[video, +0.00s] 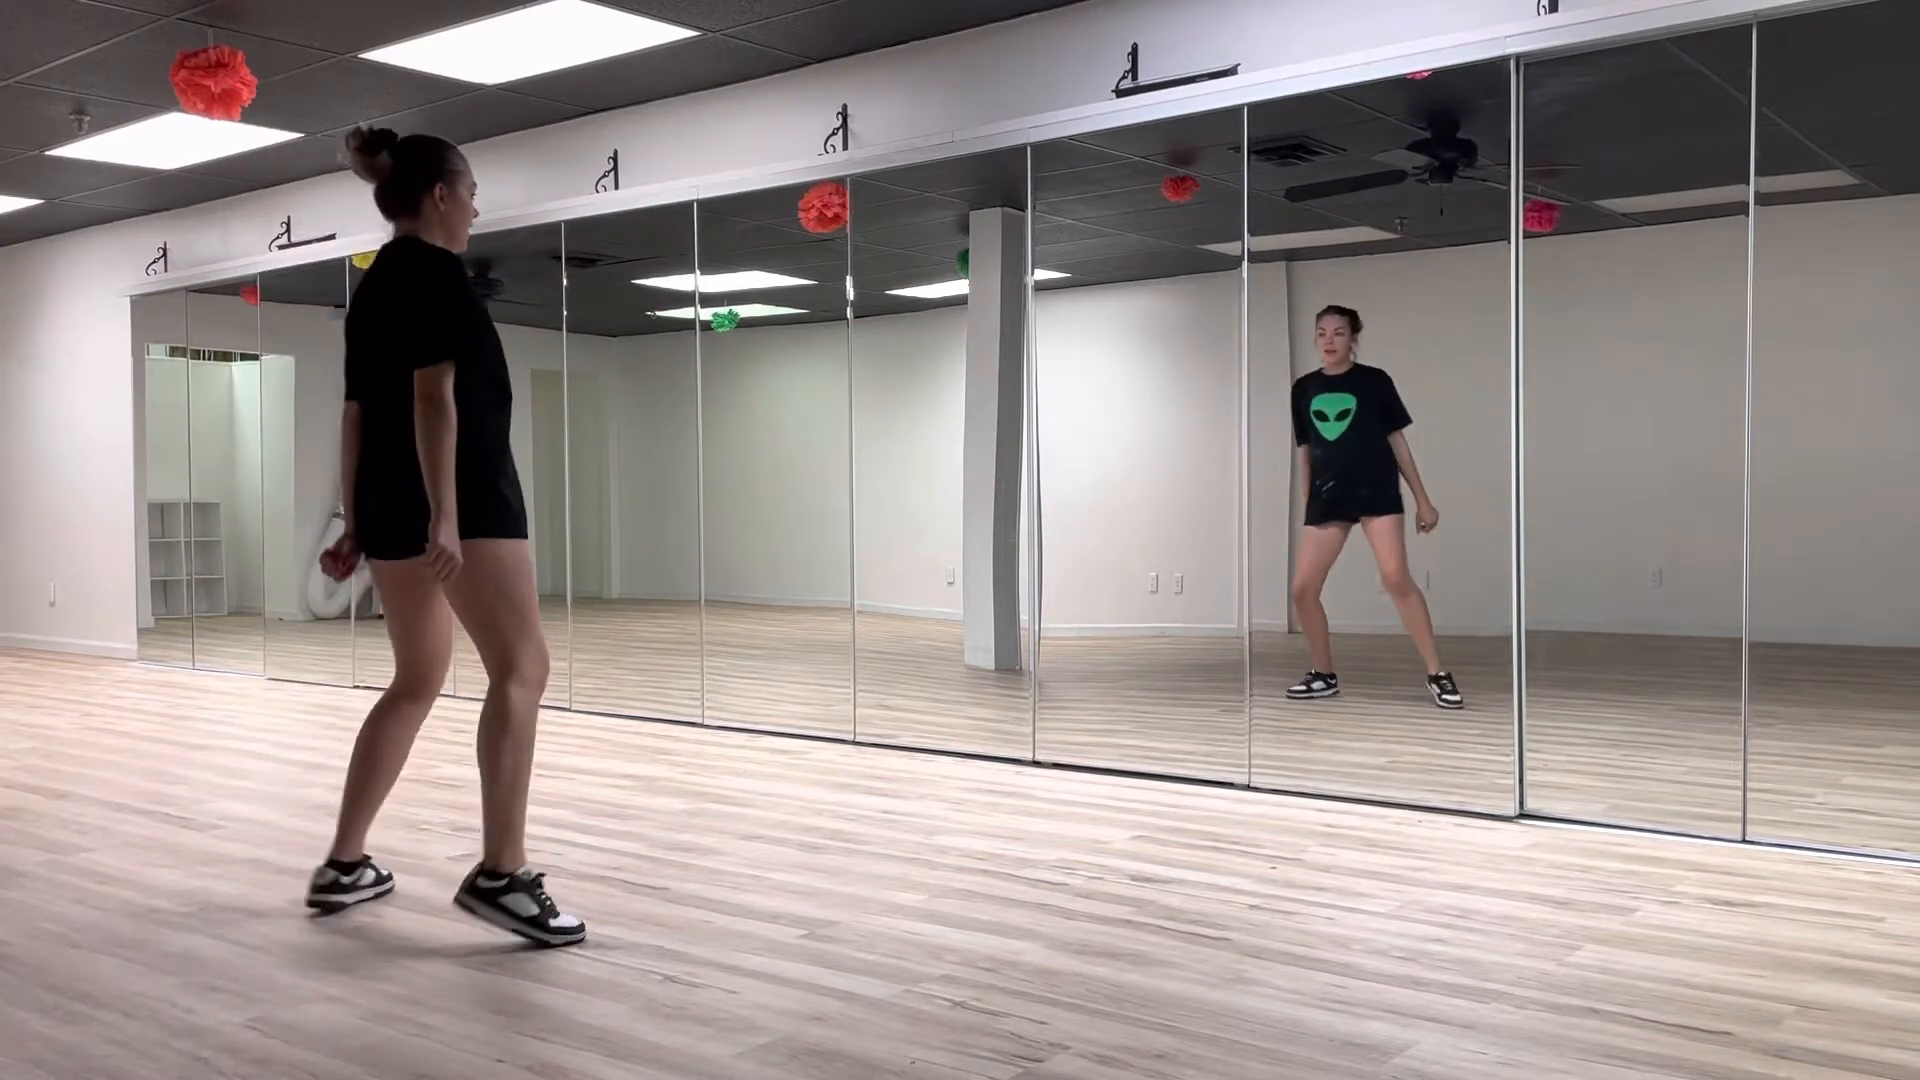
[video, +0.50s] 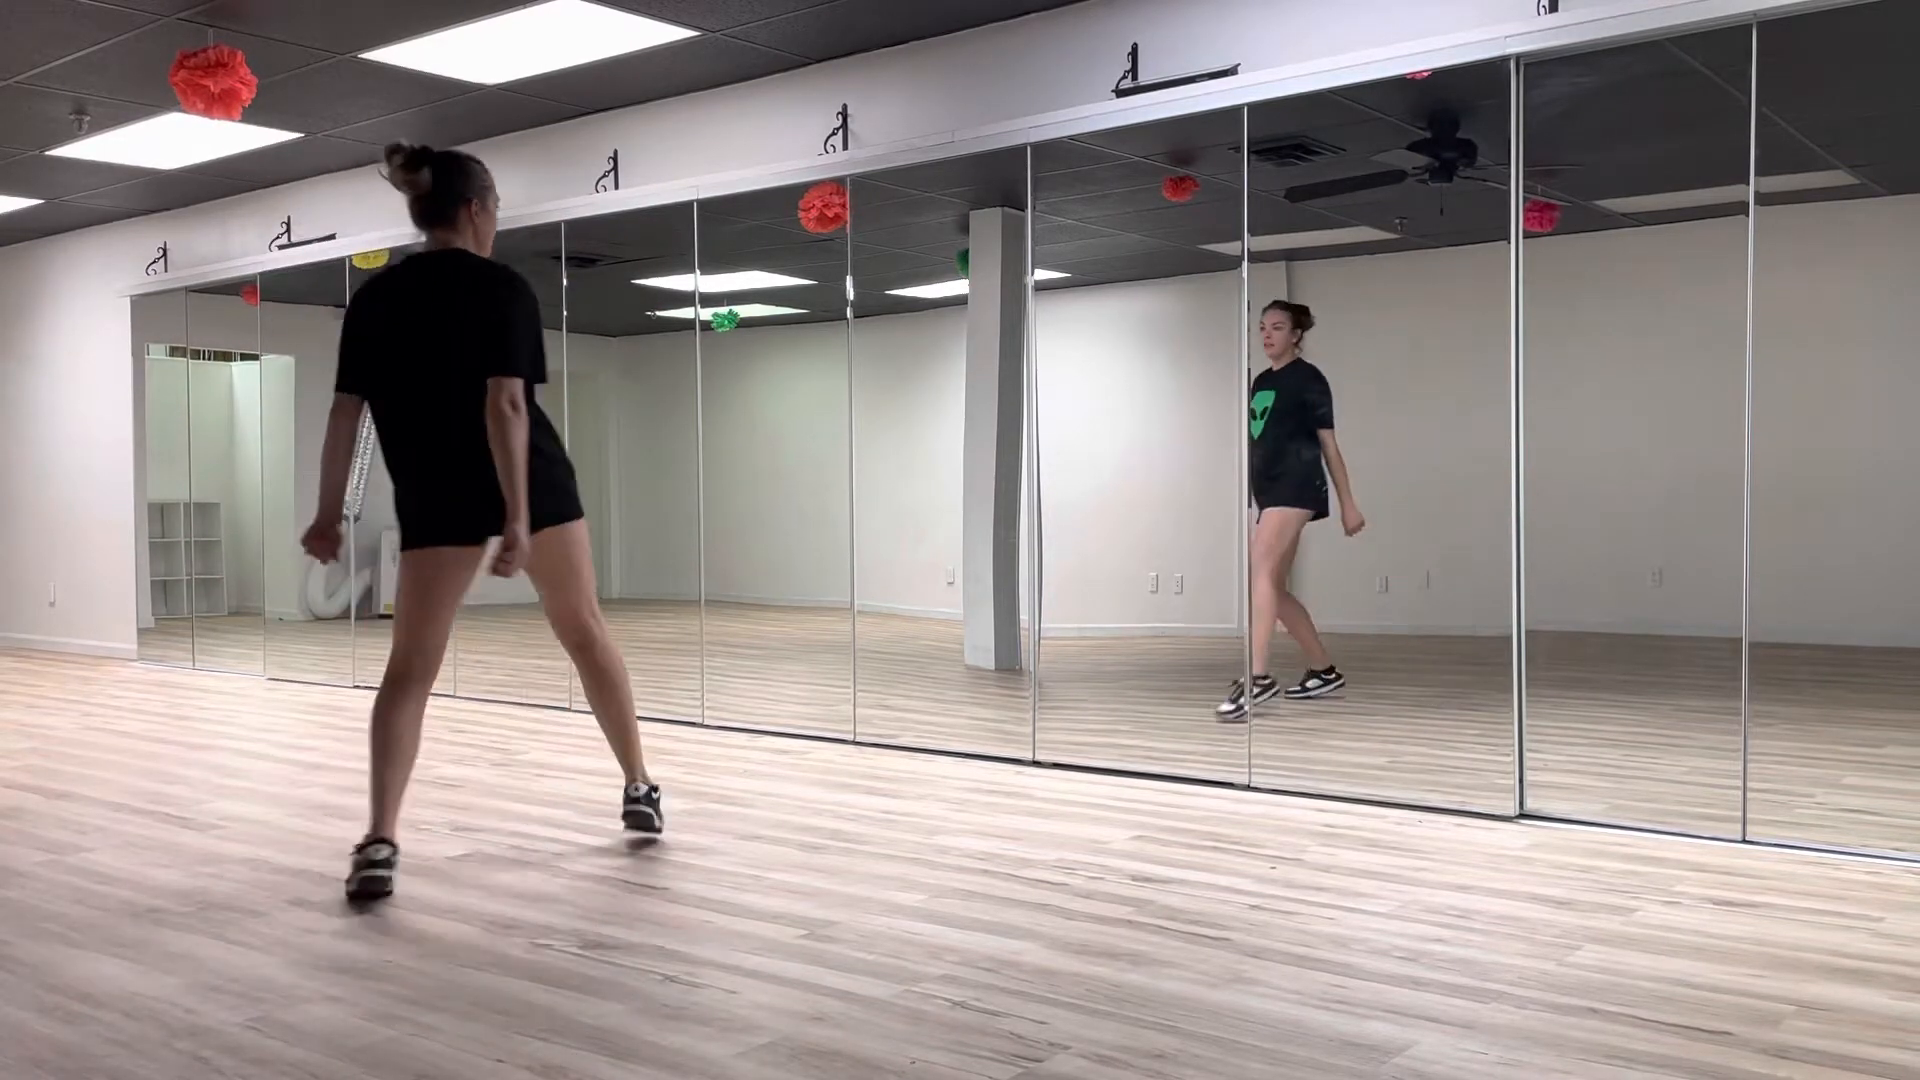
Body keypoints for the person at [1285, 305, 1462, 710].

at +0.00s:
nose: (1329, 339)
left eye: (1338, 333)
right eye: (1323, 333)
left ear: (1353, 339)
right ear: (1315, 339)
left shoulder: (1375, 380)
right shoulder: (1304, 388)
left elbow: (1398, 443)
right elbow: (1305, 453)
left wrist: (1422, 500)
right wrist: (1309, 505)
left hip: (1378, 492)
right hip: (1329, 496)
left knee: (1396, 579)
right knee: (1304, 588)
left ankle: (1436, 675)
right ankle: (1323, 675)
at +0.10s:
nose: (1314, 339)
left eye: (1324, 332)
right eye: (1309, 332)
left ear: (1340, 339)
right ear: (1302, 338)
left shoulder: (1359, 382)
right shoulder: (1292, 388)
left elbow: (1385, 443)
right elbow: (1296, 451)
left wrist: (1411, 500)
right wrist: (1296, 499)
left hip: (1354, 492)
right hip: (1309, 497)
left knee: (1372, 579)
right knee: (1300, 591)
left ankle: (1434, 662)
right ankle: (1324, 676)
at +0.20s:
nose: (1300, 341)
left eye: (1310, 335)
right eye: (1295, 334)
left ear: (1327, 342)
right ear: (1290, 341)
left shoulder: (1345, 385)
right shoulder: (1284, 390)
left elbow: (1368, 446)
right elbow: (1284, 453)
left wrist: (1394, 504)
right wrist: (1283, 504)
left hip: (1339, 491)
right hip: (1296, 496)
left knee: (1331, 569)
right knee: (1291, 591)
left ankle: (1401, 635)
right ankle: (1323, 677)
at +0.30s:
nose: (1288, 338)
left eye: (1298, 331)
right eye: (1283, 331)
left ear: (1316, 337)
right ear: (1279, 337)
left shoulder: (1332, 381)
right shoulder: (1274, 387)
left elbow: (1354, 444)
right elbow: (1274, 452)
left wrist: (1377, 504)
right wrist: (1274, 502)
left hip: (1328, 484)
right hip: (1287, 491)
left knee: (1296, 557)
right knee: (1288, 588)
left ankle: (1356, 633)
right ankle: (1322, 675)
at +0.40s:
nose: (1278, 332)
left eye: (1288, 325)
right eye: (1274, 325)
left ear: (1306, 331)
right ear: (1269, 331)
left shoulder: (1319, 375)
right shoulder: (1266, 380)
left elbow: (1341, 440)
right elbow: (1263, 438)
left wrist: (1361, 500)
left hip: (1315, 482)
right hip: (1280, 486)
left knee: (1273, 555)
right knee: (1291, 580)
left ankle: (1304, 659)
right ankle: (1321, 670)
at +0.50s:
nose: (1267, 335)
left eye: (1276, 328)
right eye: (1264, 328)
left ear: (1296, 334)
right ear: (1260, 333)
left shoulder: (1309, 378)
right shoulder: (1261, 381)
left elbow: (1329, 445)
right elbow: (1259, 440)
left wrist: (1347, 504)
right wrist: (1256, 492)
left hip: (1297, 490)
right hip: (1268, 491)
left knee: (1264, 570)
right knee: (1274, 587)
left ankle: (1258, 677)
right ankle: (1323, 669)